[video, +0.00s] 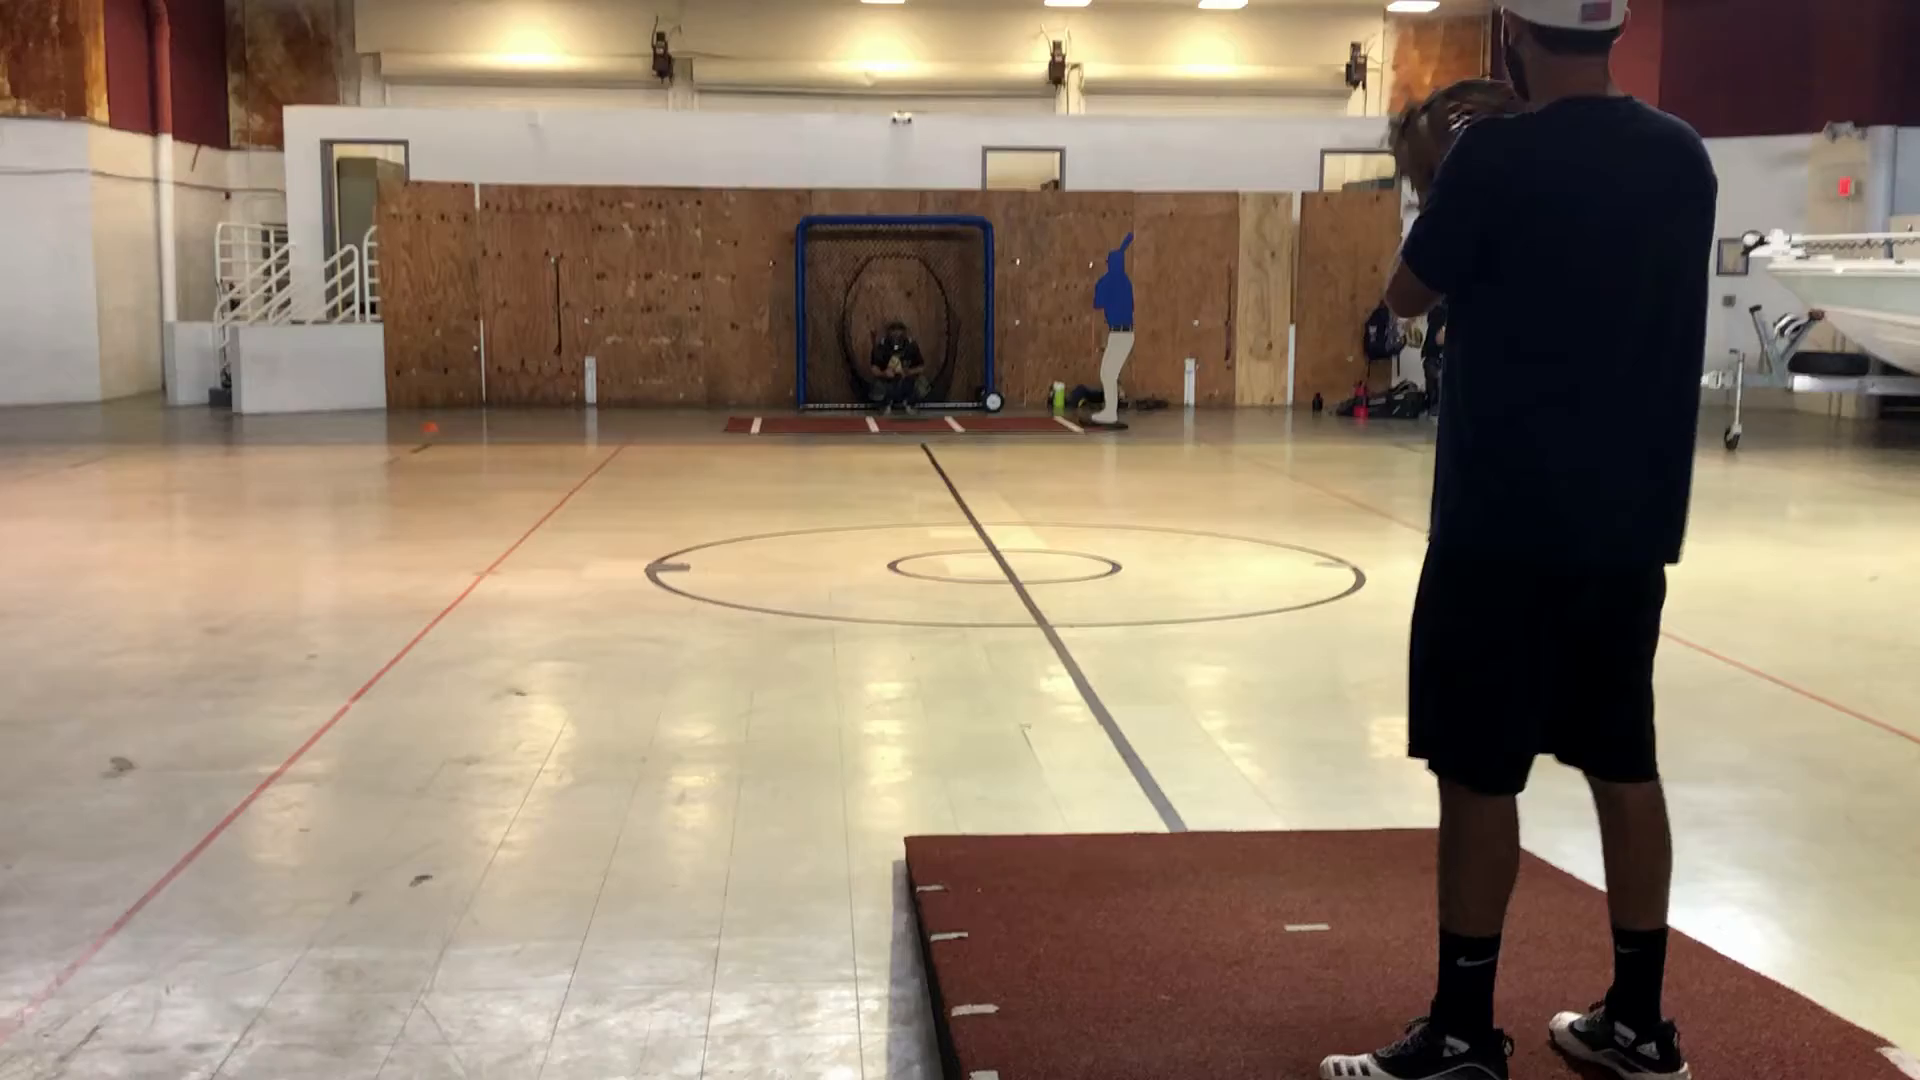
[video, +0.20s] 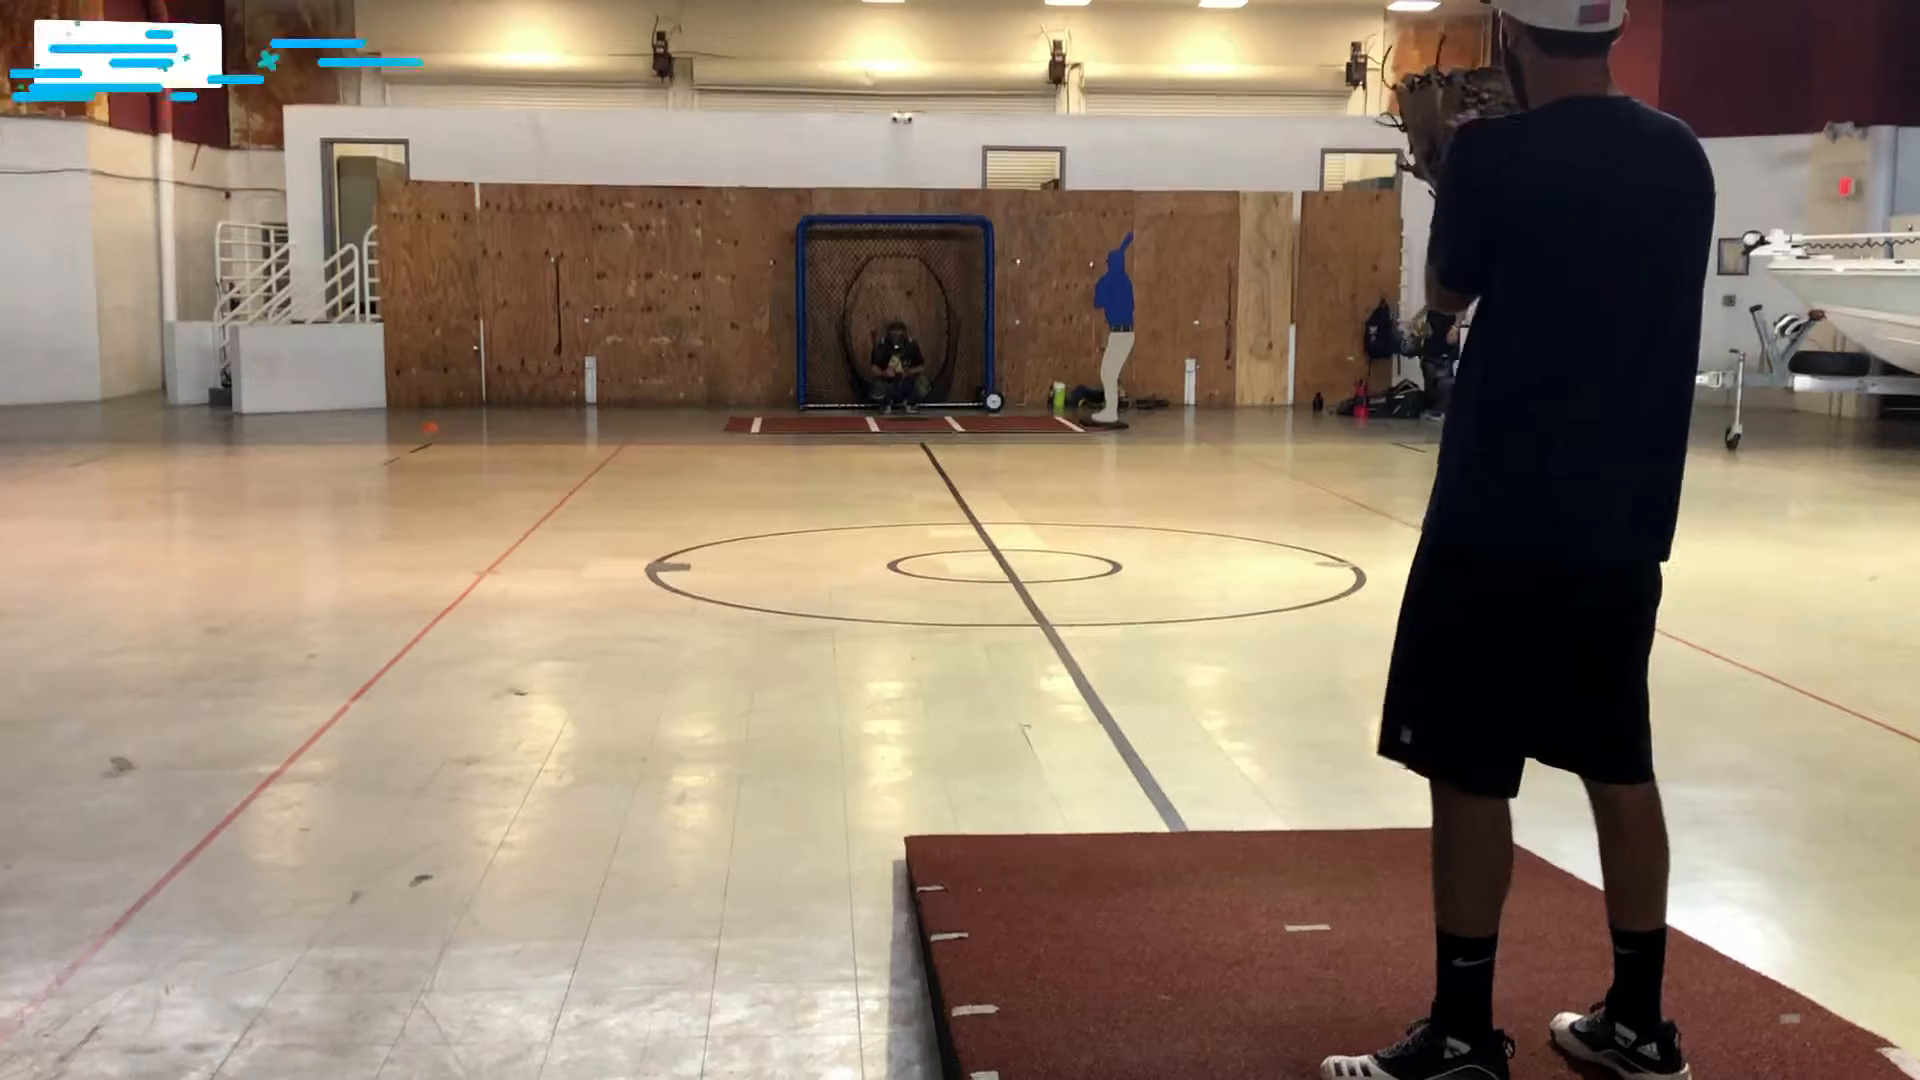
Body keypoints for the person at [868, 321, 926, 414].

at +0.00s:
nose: (897, 337)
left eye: (900, 333)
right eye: (893, 333)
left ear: (904, 334)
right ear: (889, 334)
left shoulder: (911, 346)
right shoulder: (881, 347)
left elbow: (920, 367)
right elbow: (874, 368)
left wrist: (907, 372)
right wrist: (884, 373)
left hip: (906, 380)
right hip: (888, 380)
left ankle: (909, 403)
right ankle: (887, 405)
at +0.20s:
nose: (897, 338)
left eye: (900, 335)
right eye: (894, 335)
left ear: (905, 335)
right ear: (888, 335)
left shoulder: (912, 346)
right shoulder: (881, 347)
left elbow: (921, 367)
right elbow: (874, 369)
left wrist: (907, 372)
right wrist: (885, 373)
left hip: (906, 381)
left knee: (922, 381)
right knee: (878, 383)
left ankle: (909, 403)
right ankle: (887, 405)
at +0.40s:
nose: (897, 338)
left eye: (900, 335)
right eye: (894, 335)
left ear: (905, 334)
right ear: (888, 335)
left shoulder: (912, 345)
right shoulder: (881, 347)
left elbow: (921, 367)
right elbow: (874, 369)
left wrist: (907, 371)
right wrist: (885, 373)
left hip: (906, 382)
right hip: (888, 382)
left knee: (923, 382)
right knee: (878, 383)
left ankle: (909, 403)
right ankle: (887, 405)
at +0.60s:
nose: (897, 338)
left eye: (900, 335)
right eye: (894, 335)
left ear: (905, 334)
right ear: (889, 334)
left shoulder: (912, 345)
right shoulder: (881, 347)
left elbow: (921, 367)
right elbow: (874, 368)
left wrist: (907, 371)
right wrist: (884, 373)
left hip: (906, 380)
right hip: (888, 381)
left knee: (923, 382)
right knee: (878, 384)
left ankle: (909, 403)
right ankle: (886, 404)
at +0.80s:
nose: (897, 330)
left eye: (901, 327)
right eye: (894, 327)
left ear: (905, 329)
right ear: (890, 329)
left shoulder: (912, 344)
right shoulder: (883, 344)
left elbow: (921, 367)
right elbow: (875, 367)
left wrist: (909, 370)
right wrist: (885, 367)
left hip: (907, 378)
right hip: (889, 378)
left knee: (923, 383)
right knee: (879, 384)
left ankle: (910, 403)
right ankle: (886, 404)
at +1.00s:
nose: (898, 318)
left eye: (901, 315)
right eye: (895, 315)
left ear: (904, 315)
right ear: (889, 315)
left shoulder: (912, 330)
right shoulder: (880, 331)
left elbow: (922, 350)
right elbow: (874, 352)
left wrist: (910, 356)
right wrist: (887, 353)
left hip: (906, 365)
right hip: (888, 366)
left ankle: (909, 400)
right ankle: (887, 402)